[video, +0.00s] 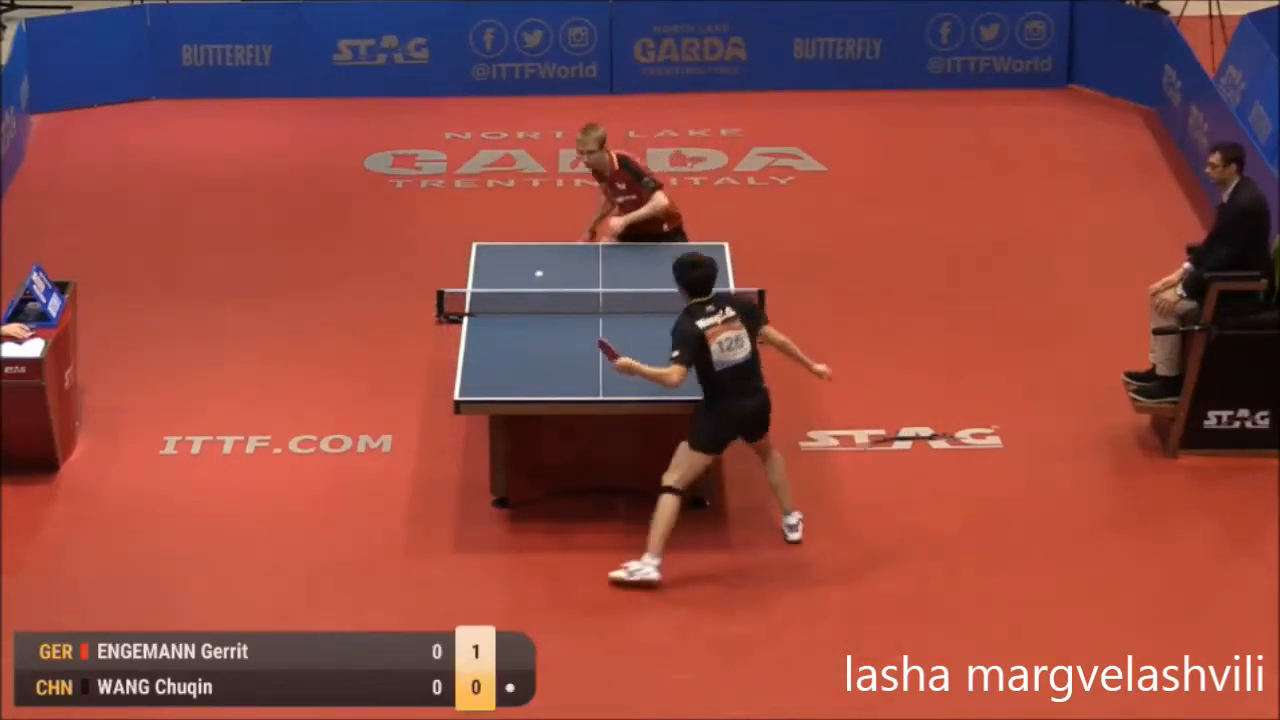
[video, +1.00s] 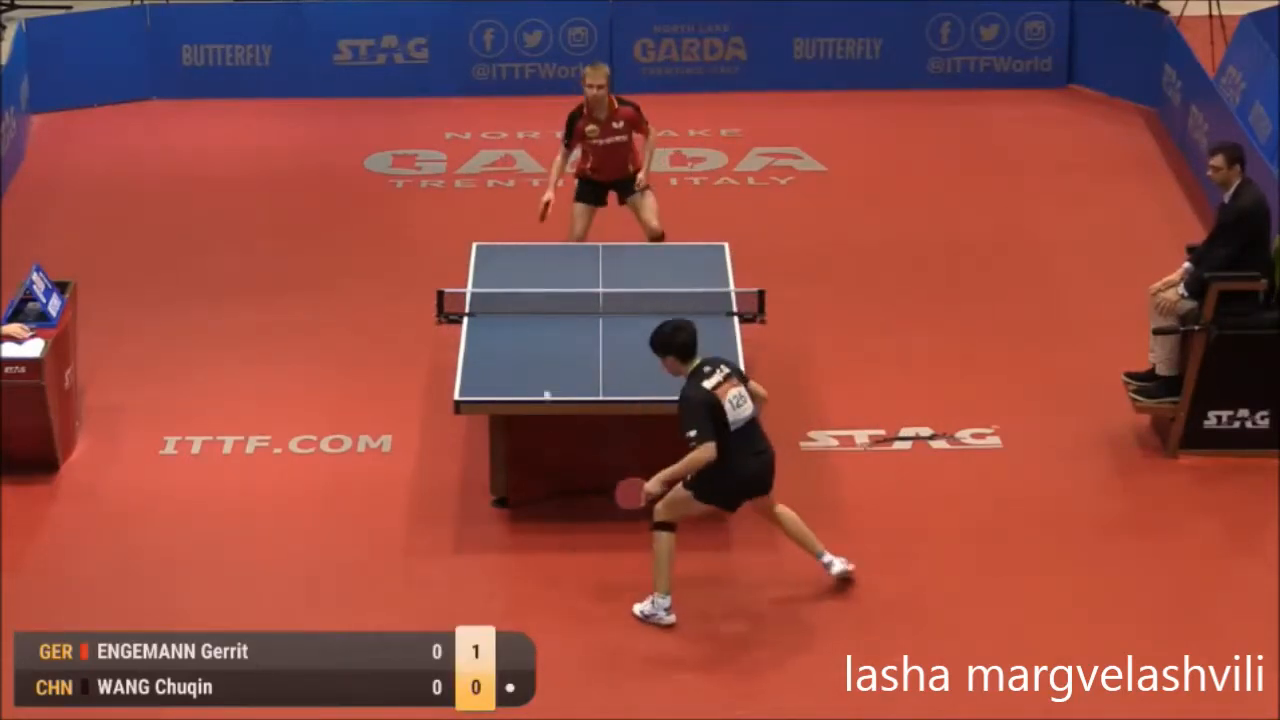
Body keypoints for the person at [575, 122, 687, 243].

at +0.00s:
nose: (585, 159)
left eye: (590, 153)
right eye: (581, 153)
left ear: (604, 149)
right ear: (578, 151)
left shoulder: (627, 164)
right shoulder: (597, 172)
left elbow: (662, 202)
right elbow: (610, 199)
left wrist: (624, 221)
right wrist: (593, 227)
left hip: (665, 232)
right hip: (634, 232)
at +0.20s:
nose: (534, 178)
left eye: (539, 171)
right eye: (531, 172)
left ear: (555, 167)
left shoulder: (569, 183)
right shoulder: (556, 191)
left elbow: (589, 209)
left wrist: (559, 237)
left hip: (633, 244)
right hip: (607, 245)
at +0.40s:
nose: (512, 174)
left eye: (515, 168)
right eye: (511, 169)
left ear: (532, 164)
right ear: (523, 166)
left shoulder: (565, 174)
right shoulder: (528, 200)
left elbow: (608, 181)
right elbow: (514, 238)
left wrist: (579, 205)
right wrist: (475, 261)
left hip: (611, 247)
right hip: (577, 254)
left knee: (621, 310)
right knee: (586, 313)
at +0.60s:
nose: (535, 160)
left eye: (539, 154)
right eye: (533, 155)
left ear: (556, 149)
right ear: (531, 152)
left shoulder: (583, 165)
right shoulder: (539, 171)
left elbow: (631, 173)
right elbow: (496, 169)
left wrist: (604, 191)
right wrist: (506, 136)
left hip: (610, 238)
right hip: (571, 240)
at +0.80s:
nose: (579, 121)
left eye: (584, 115)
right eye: (574, 115)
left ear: (595, 115)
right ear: (569, 115)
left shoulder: (615, 135)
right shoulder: (568, 139)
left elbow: (657, 152)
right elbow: (540, 161)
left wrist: (648, 187)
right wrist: (519, 163)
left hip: (622, 198)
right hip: (587, 197)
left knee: (634, 247)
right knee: (558, 241)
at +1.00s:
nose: (595, 93)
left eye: (600, 87)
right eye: (590, 87)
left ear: (608, 87)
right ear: (583, 87)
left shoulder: (628, 112)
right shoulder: (577, 117)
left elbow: (650, 134)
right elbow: (564, 154)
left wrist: (644, 171)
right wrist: (550, 190)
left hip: (627, 177)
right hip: (591, 179)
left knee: (655, 230)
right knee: (577, 237)